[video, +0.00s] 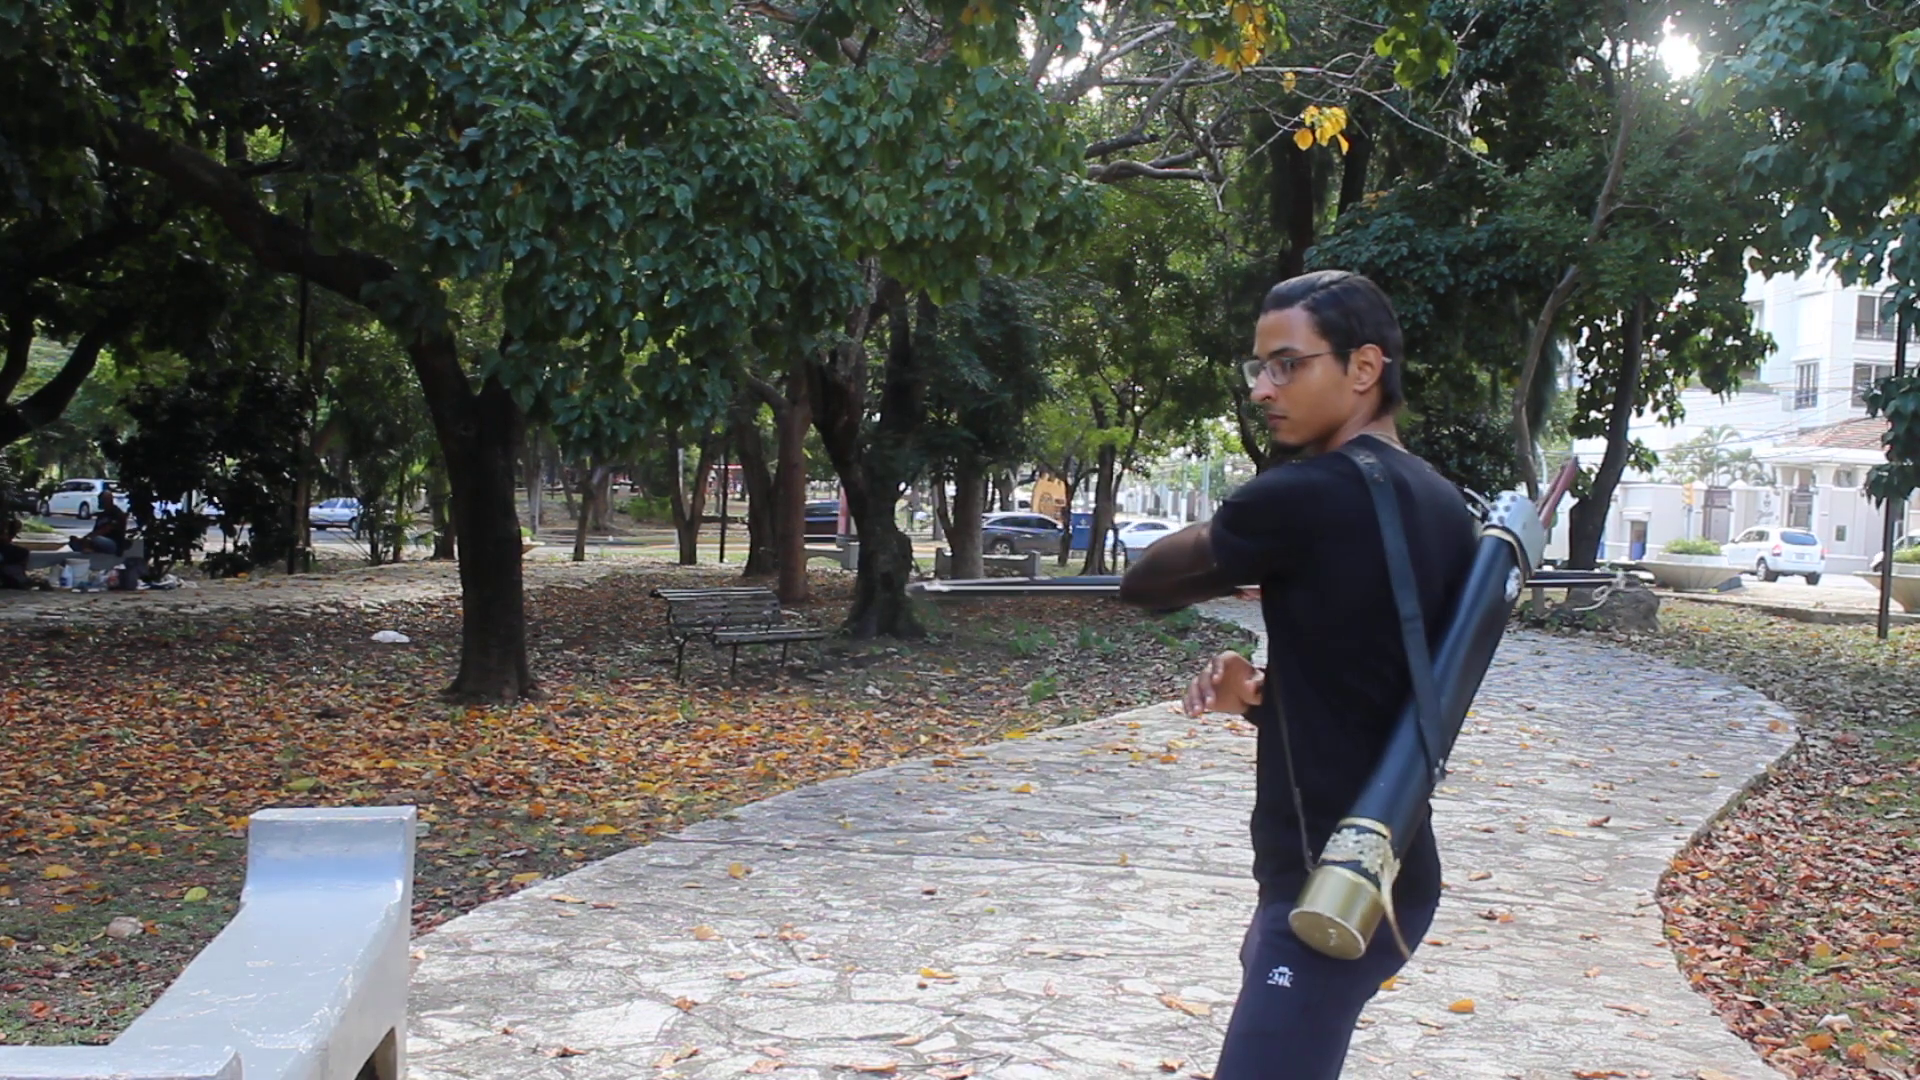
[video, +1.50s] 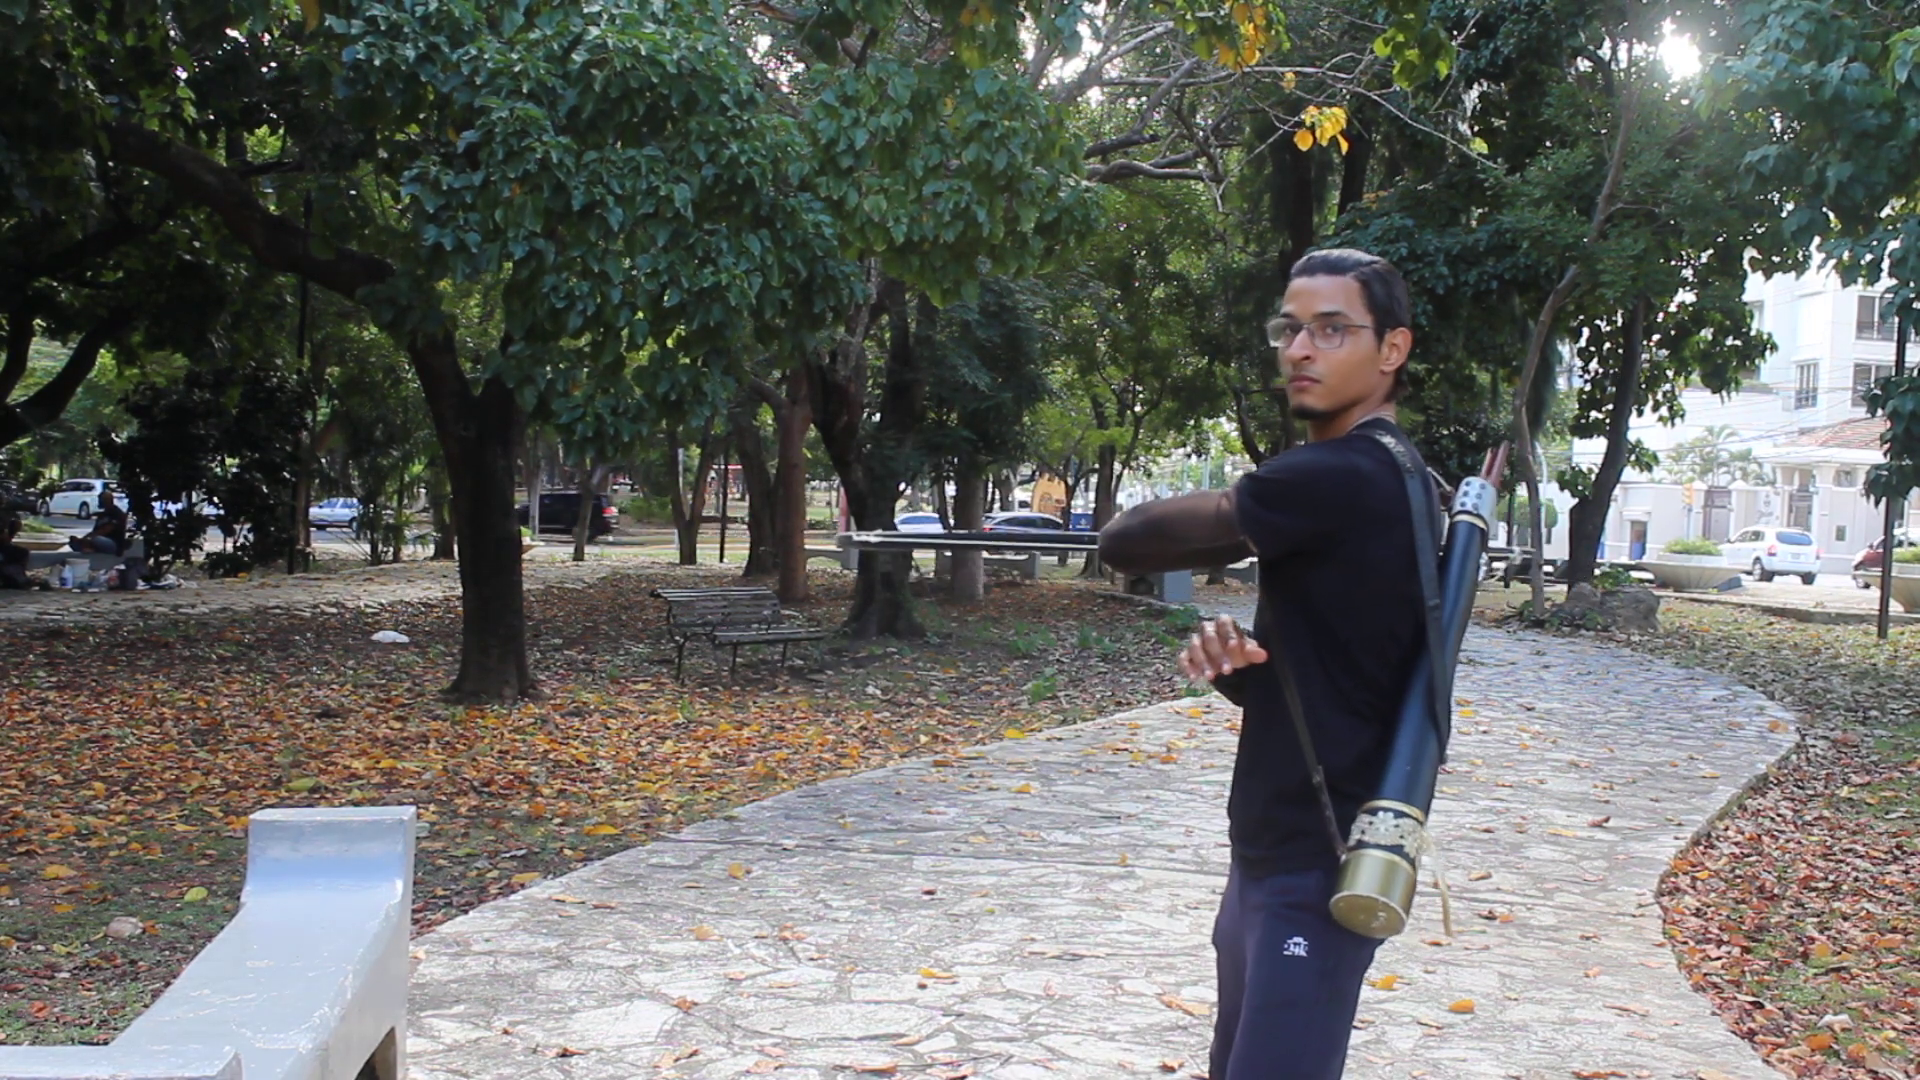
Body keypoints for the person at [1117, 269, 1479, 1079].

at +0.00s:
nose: (1261, 388)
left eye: (1287, 364)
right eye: (1258, 366)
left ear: (1365, 370)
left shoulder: (1305, 495)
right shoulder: (1440, 499)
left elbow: (1144, 582)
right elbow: (1397, 685)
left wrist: (1246, 563)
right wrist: (1265, 690)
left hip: (1322, 888)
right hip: (1389, 876)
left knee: (1253, 1067)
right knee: (1277, 1061)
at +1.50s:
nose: (1298, 349)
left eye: (1329, 330)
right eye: (1290, 328)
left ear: (1393, 352)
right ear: (1276, 339)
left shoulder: (1347, 470)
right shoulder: (1378, 469)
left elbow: (1131, 536)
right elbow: (1338, 688)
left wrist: (1122, 552)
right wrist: (1247, 669)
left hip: (1319, 871)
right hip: (1270, 860)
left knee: (1269, 1070)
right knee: (1232, 1064)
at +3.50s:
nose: (1282, 348)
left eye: (1312, 325)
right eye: (1274, 327)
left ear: (1378, 341)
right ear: (1263, 336)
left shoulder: (1375, 461)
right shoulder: (1312, 473)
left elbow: (1155, 518)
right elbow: (1267, 668)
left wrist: (1104, 516)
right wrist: (1221, 642)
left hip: (1331, 863)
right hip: (1248, 852)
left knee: (1303, 1067)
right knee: (1232, 1064)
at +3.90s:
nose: (1299, 344)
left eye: (1328, 323)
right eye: (1285, 322)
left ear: (1386, 341)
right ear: (1270, 335)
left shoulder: (1387, 467)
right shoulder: (1305, 483)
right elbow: (1214, 661)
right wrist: (1217, 638)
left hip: (1326, 860)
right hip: (1238, 850)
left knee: (1303, 1068)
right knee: (1227, 1066)